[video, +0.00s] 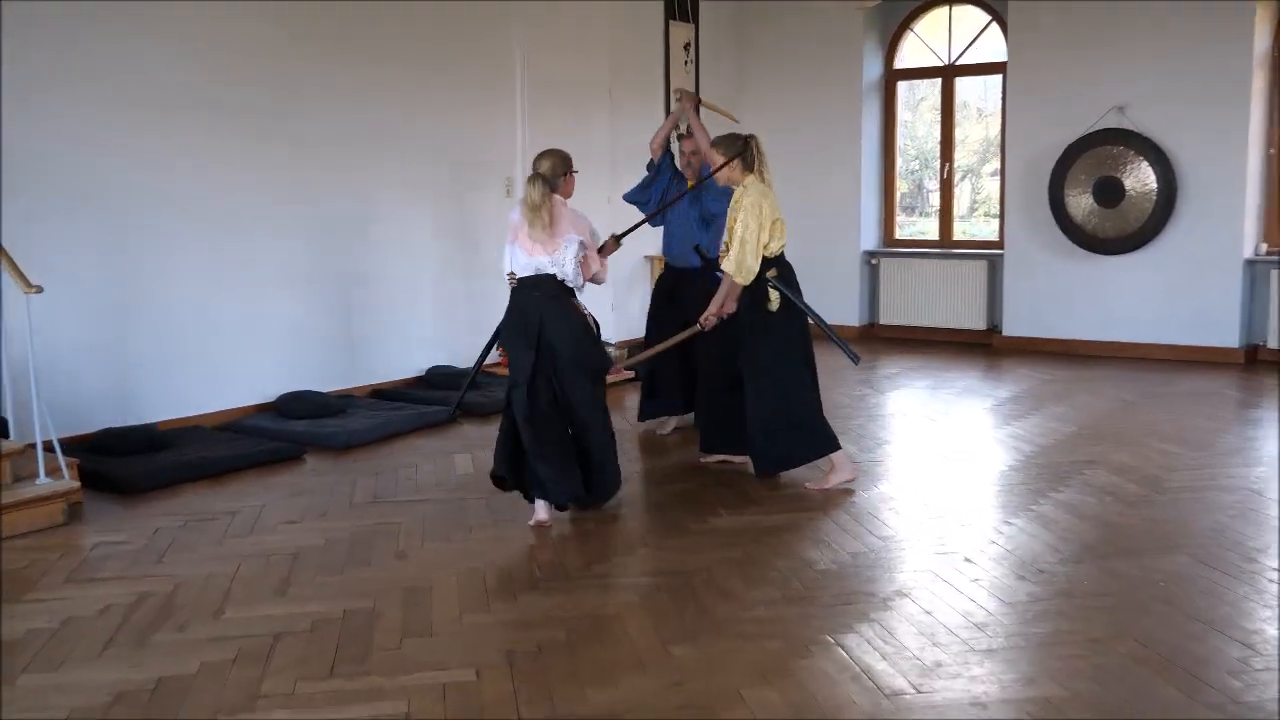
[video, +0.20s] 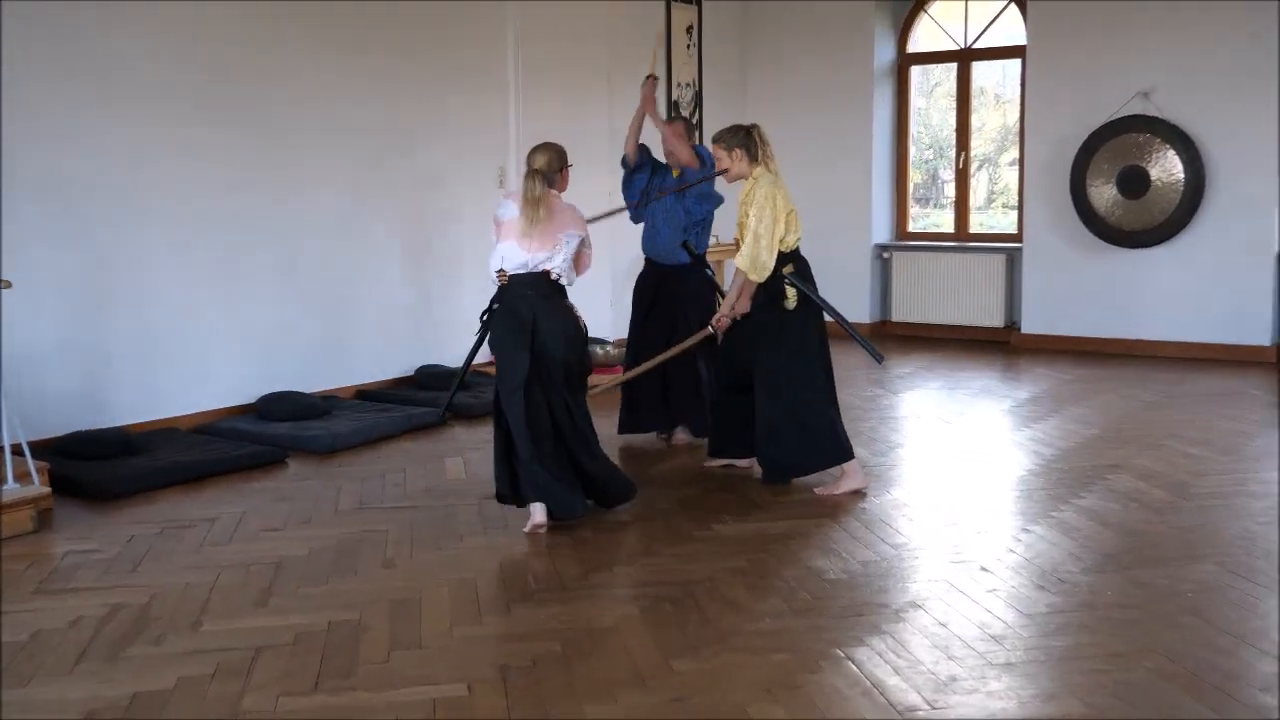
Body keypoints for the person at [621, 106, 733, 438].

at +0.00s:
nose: (688, 159)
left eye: (694, 153)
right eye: (684, 154)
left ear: (707, 156)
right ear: (678, 156)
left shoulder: (717, 189)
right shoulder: (672, 185)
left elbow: (713, 155)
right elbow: (657, 148)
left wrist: (692, 113)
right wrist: (677, 114)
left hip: (709, 279)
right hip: (674, 278)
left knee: (710, 349)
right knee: (666, 342)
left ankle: (714, 419)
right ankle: (674, 409)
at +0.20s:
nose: (668, 144)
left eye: (674, 139)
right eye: (666, 139)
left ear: (690, 142)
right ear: (663, 143)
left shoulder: (701, 176)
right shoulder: (653, 175)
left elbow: (680, 150)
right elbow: (631, 153)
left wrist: (654, 116)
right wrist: (642, 111)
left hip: (690, 277)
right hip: (655, 276)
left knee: (689, 350)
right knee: (656, 349)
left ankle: (690, 423)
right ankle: (665, 422)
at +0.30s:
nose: (664, 139)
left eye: (670, 134)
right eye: (659, 134)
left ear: (686, 138)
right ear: (654, 138)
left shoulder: (696, 172)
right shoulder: (643, 174)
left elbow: (680, 182)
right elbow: (617, 174)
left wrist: (641, 155)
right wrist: (624, 137)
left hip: (683, 273)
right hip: (647, 271)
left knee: (680, 348)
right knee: (646, 347)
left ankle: (675, 430)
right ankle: (655, 427)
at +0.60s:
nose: (632, 122)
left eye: (640, 116)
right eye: (628, 116)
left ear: (658, 121)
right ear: (623, 119)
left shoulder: (672, 164)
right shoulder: (611, 157)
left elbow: (684, 211)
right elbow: (584, 210)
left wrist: (632, 221)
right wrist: (601, 207)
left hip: (653, 270)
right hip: (610, 269)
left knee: (656, 351)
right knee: (601, 349)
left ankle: (660, 434)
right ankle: (587, 436)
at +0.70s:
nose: (626, 124)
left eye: (635, 117)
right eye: (621, 117)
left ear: (651, 123)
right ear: (615, 120)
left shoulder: (661, 168)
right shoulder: (598, 157)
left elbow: (672, 215)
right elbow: (569, 204)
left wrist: (621, 227)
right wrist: (586, 212)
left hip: (640, 276)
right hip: (595, 274)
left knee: (647, 360)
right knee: (587, 358)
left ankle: (652, 451)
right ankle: (569, 449)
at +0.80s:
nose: (619, 124)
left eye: (629, 118)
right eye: (615, 116)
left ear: (644, 125)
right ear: (608, 118)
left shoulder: (648, 174)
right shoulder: (584, 158)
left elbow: (649, 224)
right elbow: (572, 203)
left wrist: (608, 243)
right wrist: (578, 243)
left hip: (625, 278)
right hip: (580, 277)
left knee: (644, 356)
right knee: (575, 362)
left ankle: (650, 444)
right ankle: (560, 451)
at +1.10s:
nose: (591, 128)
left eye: (601, 121)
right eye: (585, 119)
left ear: (614, 125)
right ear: (575, 119)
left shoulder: (621, 167)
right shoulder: (552, 161)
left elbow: (619, 228)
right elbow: (545, 223)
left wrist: (581, 273)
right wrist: (550, 283)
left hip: (599, 276)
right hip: (552, 277)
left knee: (606, 360)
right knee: (553, 367)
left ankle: (606, 449)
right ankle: (556, 460)